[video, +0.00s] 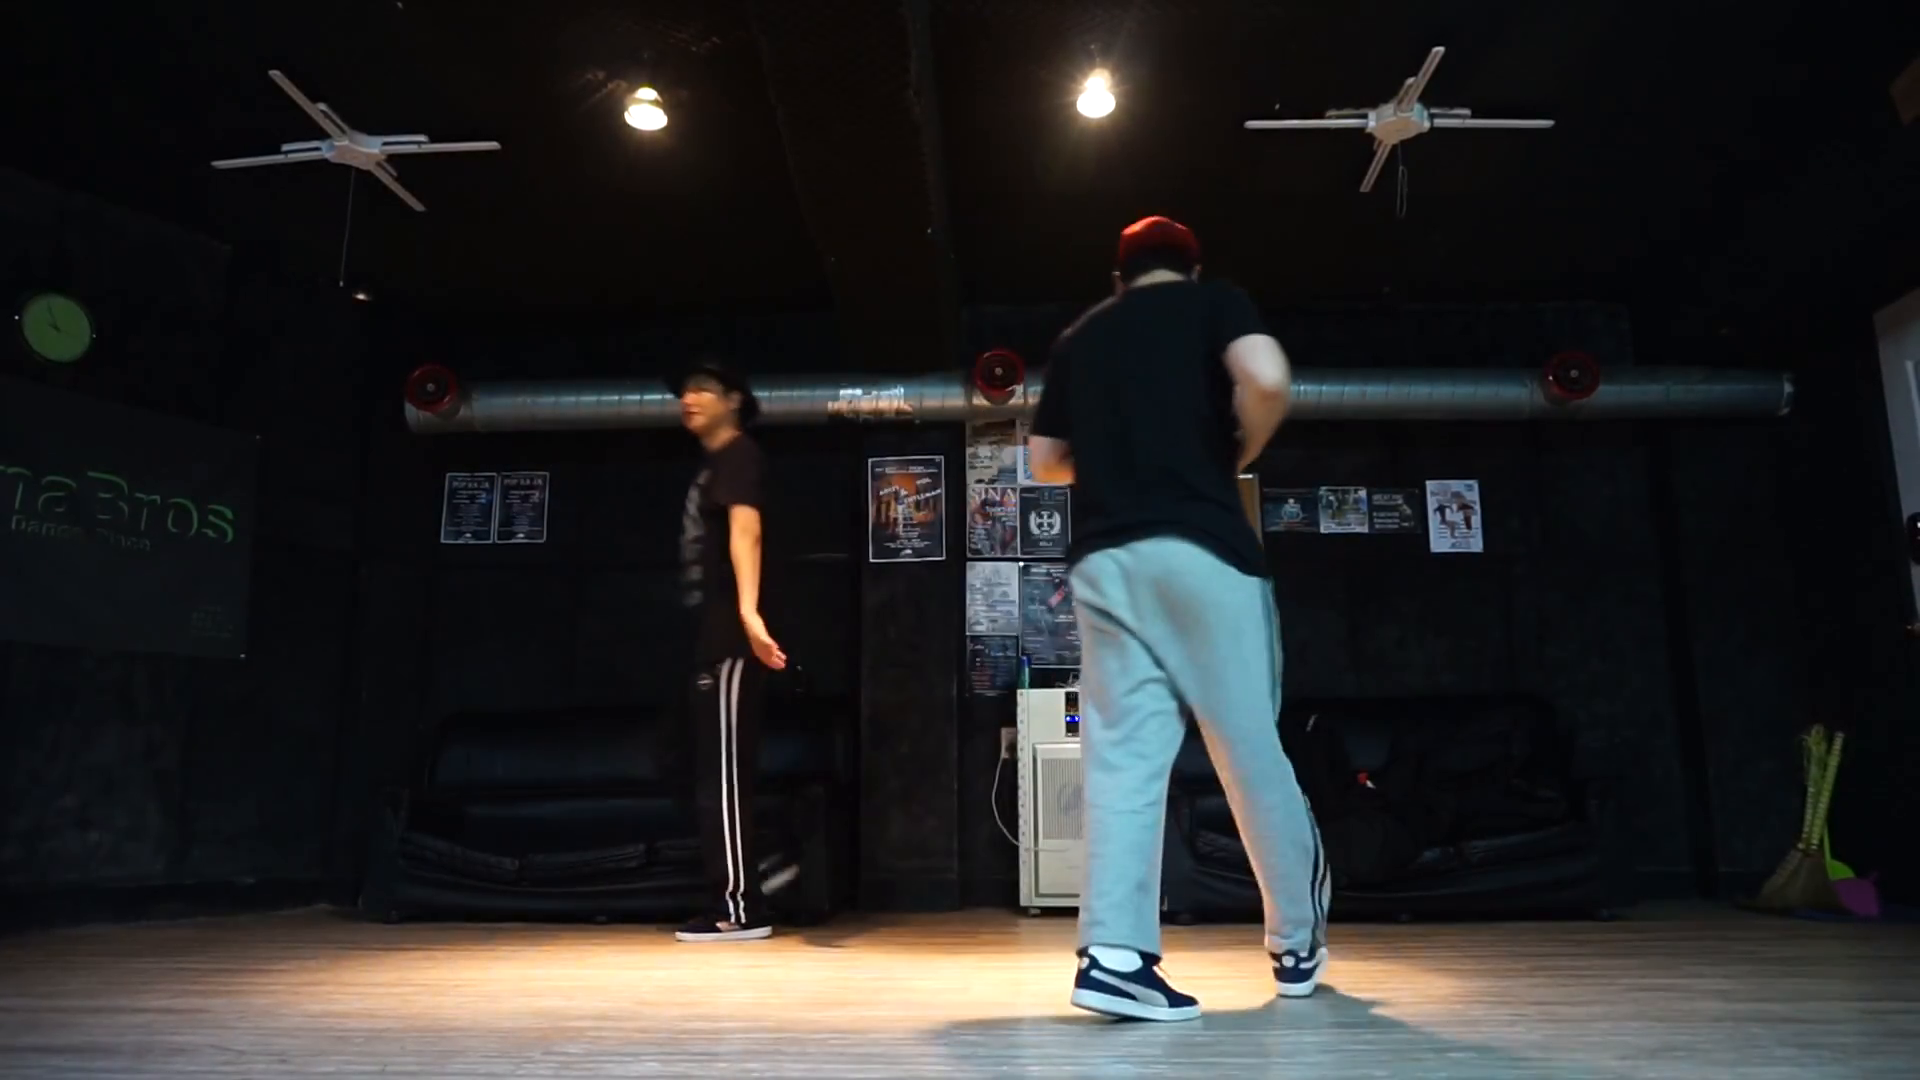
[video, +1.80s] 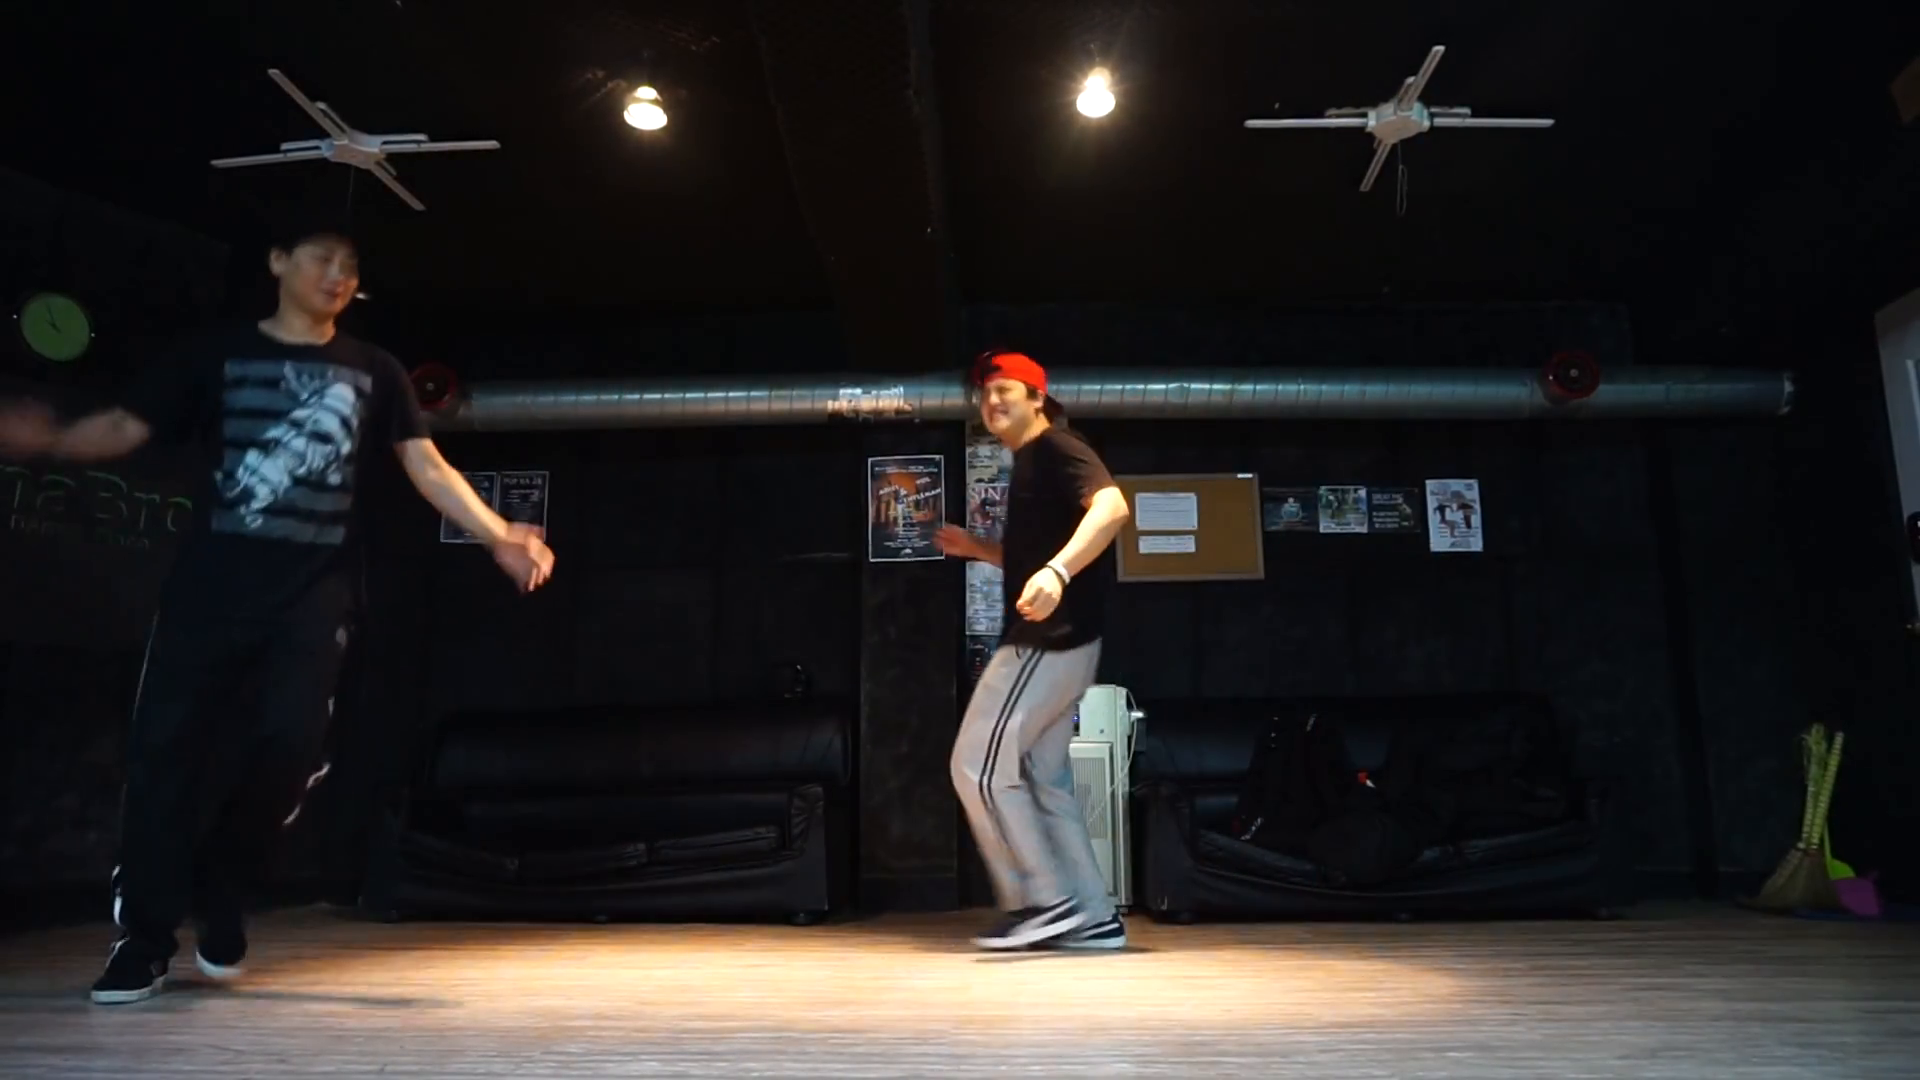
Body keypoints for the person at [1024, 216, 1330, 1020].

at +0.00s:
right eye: (1186, 264)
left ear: (1119, 275)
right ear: (1192, 267)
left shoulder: (1078, 339)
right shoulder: (1215, 300)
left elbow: (1047, 461)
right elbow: (1267, 381)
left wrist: (1120, 461)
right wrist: (1241, 457)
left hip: (1103, 555)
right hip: (1199, 542)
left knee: (1124, 757)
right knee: (1250, 751)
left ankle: (1114, 958)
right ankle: (1296, 944)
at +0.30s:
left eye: (1188, 321)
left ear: (1179, 328)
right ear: (1249, 324)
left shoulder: (1137, 383)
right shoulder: (1283, 368)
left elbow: (1087, 489)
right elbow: (1353, 459)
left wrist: (1137, 543)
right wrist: (1287, 485)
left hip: (1177, 605)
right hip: (1267, 598)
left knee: (1183, 770)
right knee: (1290, 785)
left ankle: (1173, 879)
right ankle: (1287, 949)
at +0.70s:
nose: (1134, 349)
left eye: (1136, 338)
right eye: (1135, 339)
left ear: (1150, 334)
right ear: (1207, 325)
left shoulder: (1151, 372)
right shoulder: (1264, 388)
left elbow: (1142, 445)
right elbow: (1310, 498)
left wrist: (1115, 508)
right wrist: (1246, 518)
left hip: (1184, 587)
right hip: (1271, 584)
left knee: (1186, 765)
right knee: (1273, 761)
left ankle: (1220, 931)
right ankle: (1284, 936)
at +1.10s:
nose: (1081, 392)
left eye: (1087, 378)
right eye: (1080, 380)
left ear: (1119, 372)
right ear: (1131, 373)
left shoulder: (1146, 423)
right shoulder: (1191, 423)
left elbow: (1180, 506)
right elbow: (1243, 524)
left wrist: (1088, 530)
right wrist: (1174, 560)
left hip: (1153, 634)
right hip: (1203, 629)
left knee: (1134, 788)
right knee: (1163, 770)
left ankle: (1216, 935)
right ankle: (1237, 885)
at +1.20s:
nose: (1068, 380)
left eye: (1076, 368)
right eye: (1068, 369)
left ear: (1112, 367)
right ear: (1117, 372)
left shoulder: (1132, 413)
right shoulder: (1166, 417)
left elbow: (1165, 490)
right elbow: (1228, 510)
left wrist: (1068, 518)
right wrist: (1157, 552)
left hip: (1146, 620)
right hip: (1178, 616)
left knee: (1144, 781)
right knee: (1120, 776)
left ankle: (1219, 930)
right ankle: (1154, 913)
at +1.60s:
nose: (1014, 417)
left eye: (1024, 405)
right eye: (1010, 410)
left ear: (1058, 406)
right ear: (1013, 419)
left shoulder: (1073, 448)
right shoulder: (1071, 455)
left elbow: (1108, 507)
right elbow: (1114, 539)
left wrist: (1034, 552)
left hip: (1080, 649)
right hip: (1085, 647)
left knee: (1027, 785)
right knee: (1039, 783)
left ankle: (1161, 865)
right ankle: (1090, 920)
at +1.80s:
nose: (992, 405)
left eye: (1004, 392)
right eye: (986, 396)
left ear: (1037, 399)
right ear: (984, 407)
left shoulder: (1058, 448)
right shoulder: (1033, 460)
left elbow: (1111, 508)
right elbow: (1038, 553)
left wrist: (1057, 570)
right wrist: (977, 548)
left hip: (1046, 643)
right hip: (1057, 643)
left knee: (978, 765)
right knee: (1044, 778)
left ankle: (1045, 904)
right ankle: (1093, 916)